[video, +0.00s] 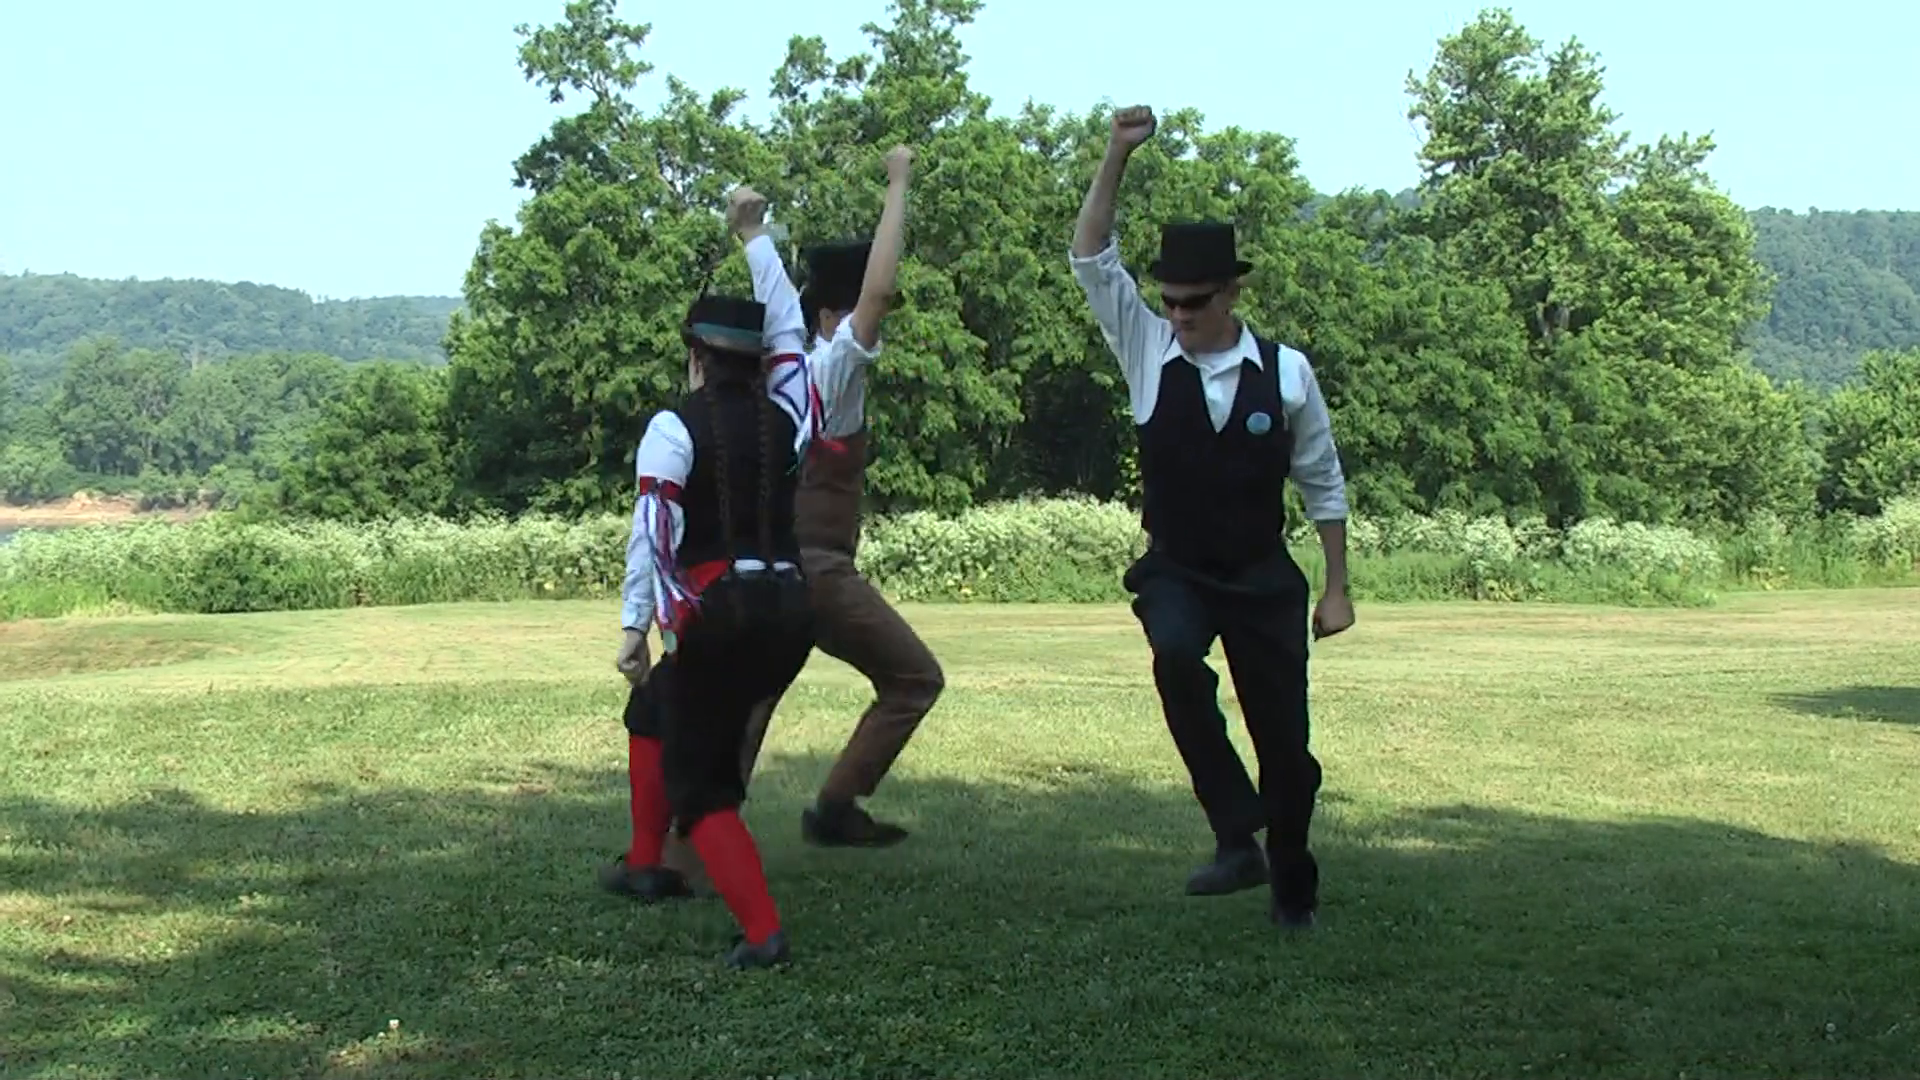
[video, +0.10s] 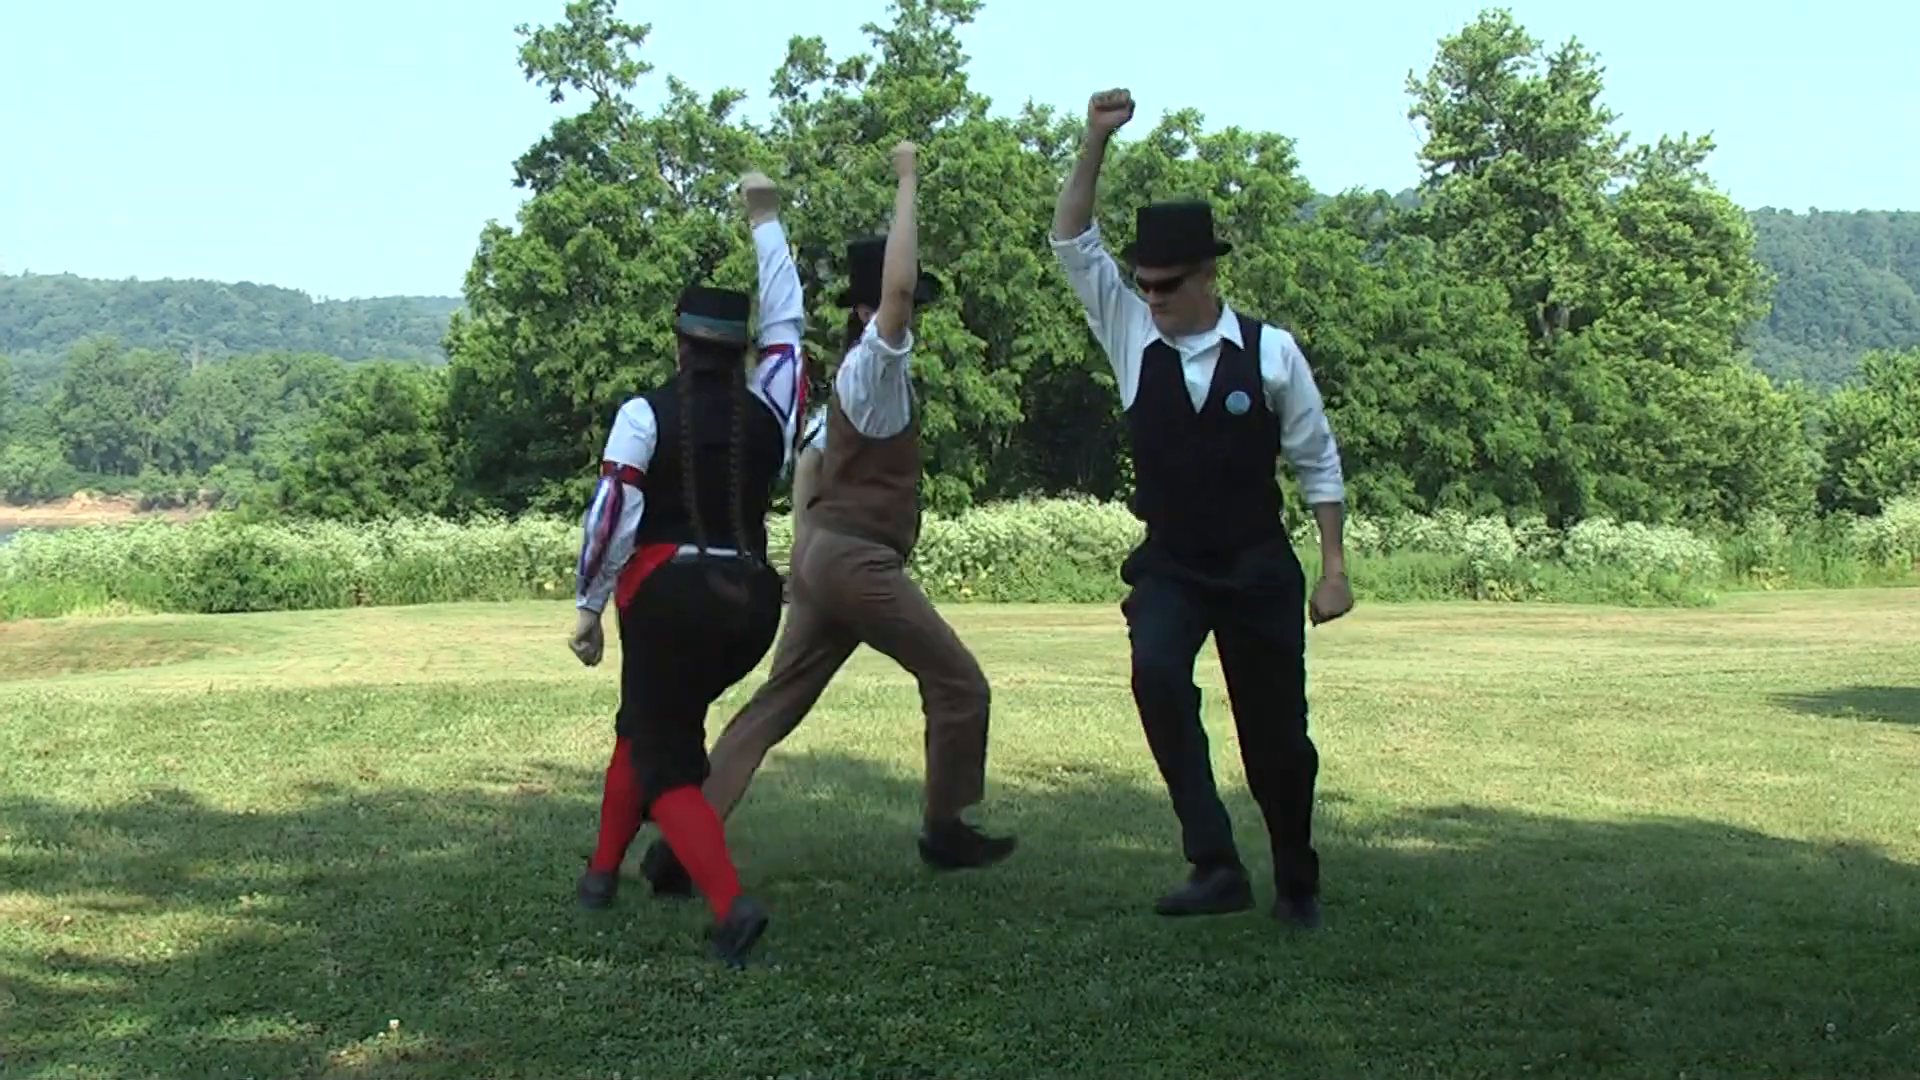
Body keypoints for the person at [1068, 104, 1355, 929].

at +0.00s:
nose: (1181, 318)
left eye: (1195, 305)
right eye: (1171, 305)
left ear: (1232, 293)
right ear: (1160, 296)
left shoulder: (1286, 374)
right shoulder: (1147, 347)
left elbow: (1323, 479)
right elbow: (1091, 258)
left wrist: (1336, 581)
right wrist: (1115, 152)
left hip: (1260, 577)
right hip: (1176, 573)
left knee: (1285, 747)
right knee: (1175, 662)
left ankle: (1293, 888)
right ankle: (1236, 838)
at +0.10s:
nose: (1157, 300)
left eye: (1171, 286)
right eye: (1148, 288)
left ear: (1211, 275)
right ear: (1139, 282)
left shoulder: (1272, 354)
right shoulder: (1132, 335)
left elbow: (1318, 460)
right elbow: (1073, 243)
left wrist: (1333, 561)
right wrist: (1094, 140)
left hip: (1257, 571)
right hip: (1170, 568)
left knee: (1277, 743)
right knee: (1155, 676)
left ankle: (1295, 880)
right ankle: (1214, 868)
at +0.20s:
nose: (1125, 293)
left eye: (1138, 280)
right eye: (1118, 281)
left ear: (1186, 268)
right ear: (1113, 277)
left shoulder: (1249, 347)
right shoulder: (1109, 332)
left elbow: (1304, 456)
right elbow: (1045, 238)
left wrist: (1319, 566)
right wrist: (1061, 140)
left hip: (1246, 573)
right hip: (1155, 578)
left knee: (1290, 739)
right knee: (1167, 742)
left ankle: (1315, 871)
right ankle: (1197, 921)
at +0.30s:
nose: (1095, 301)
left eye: (1107, 288)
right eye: (1091, 289)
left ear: (1157, 279)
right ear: (1096, 291)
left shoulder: (1223, 356)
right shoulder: (1095, 344)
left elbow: (1289, 461)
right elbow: (1023, 252)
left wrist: (1310, 574)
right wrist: (1029, 150)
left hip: (1224, 588)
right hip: (1139, 593)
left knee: (1249, 754)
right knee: (1156, 761)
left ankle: (1318, 813)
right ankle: (1198, 925)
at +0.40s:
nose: (1075, 277)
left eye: (1087, 261)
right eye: (1074, 262)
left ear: (1135, 262)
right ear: (1090, 271)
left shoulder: (1202, 337)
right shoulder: (1082, 326)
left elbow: (1276, 437)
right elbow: (1015, 243)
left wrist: (1303, 555)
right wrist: (1004, 137)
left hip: (1201, 557)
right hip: (1124, 564)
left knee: (1152, 698)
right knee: (1144, 743)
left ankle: (1273, 782)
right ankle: (1199, 924)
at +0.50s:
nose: (1053, 242)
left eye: (1065, 225)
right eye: (1051, 228)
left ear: (1111, 221)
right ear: (1068, 229)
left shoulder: (1179, 296)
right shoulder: (1069, 293)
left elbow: (1256, 395)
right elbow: (1011, 207)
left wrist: (1284, 506)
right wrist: (993, 101)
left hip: (1173, 511)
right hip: (1115, 521)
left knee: (1058, 608)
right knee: (1153, 729)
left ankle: (1203, 750)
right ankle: (1200, 920)